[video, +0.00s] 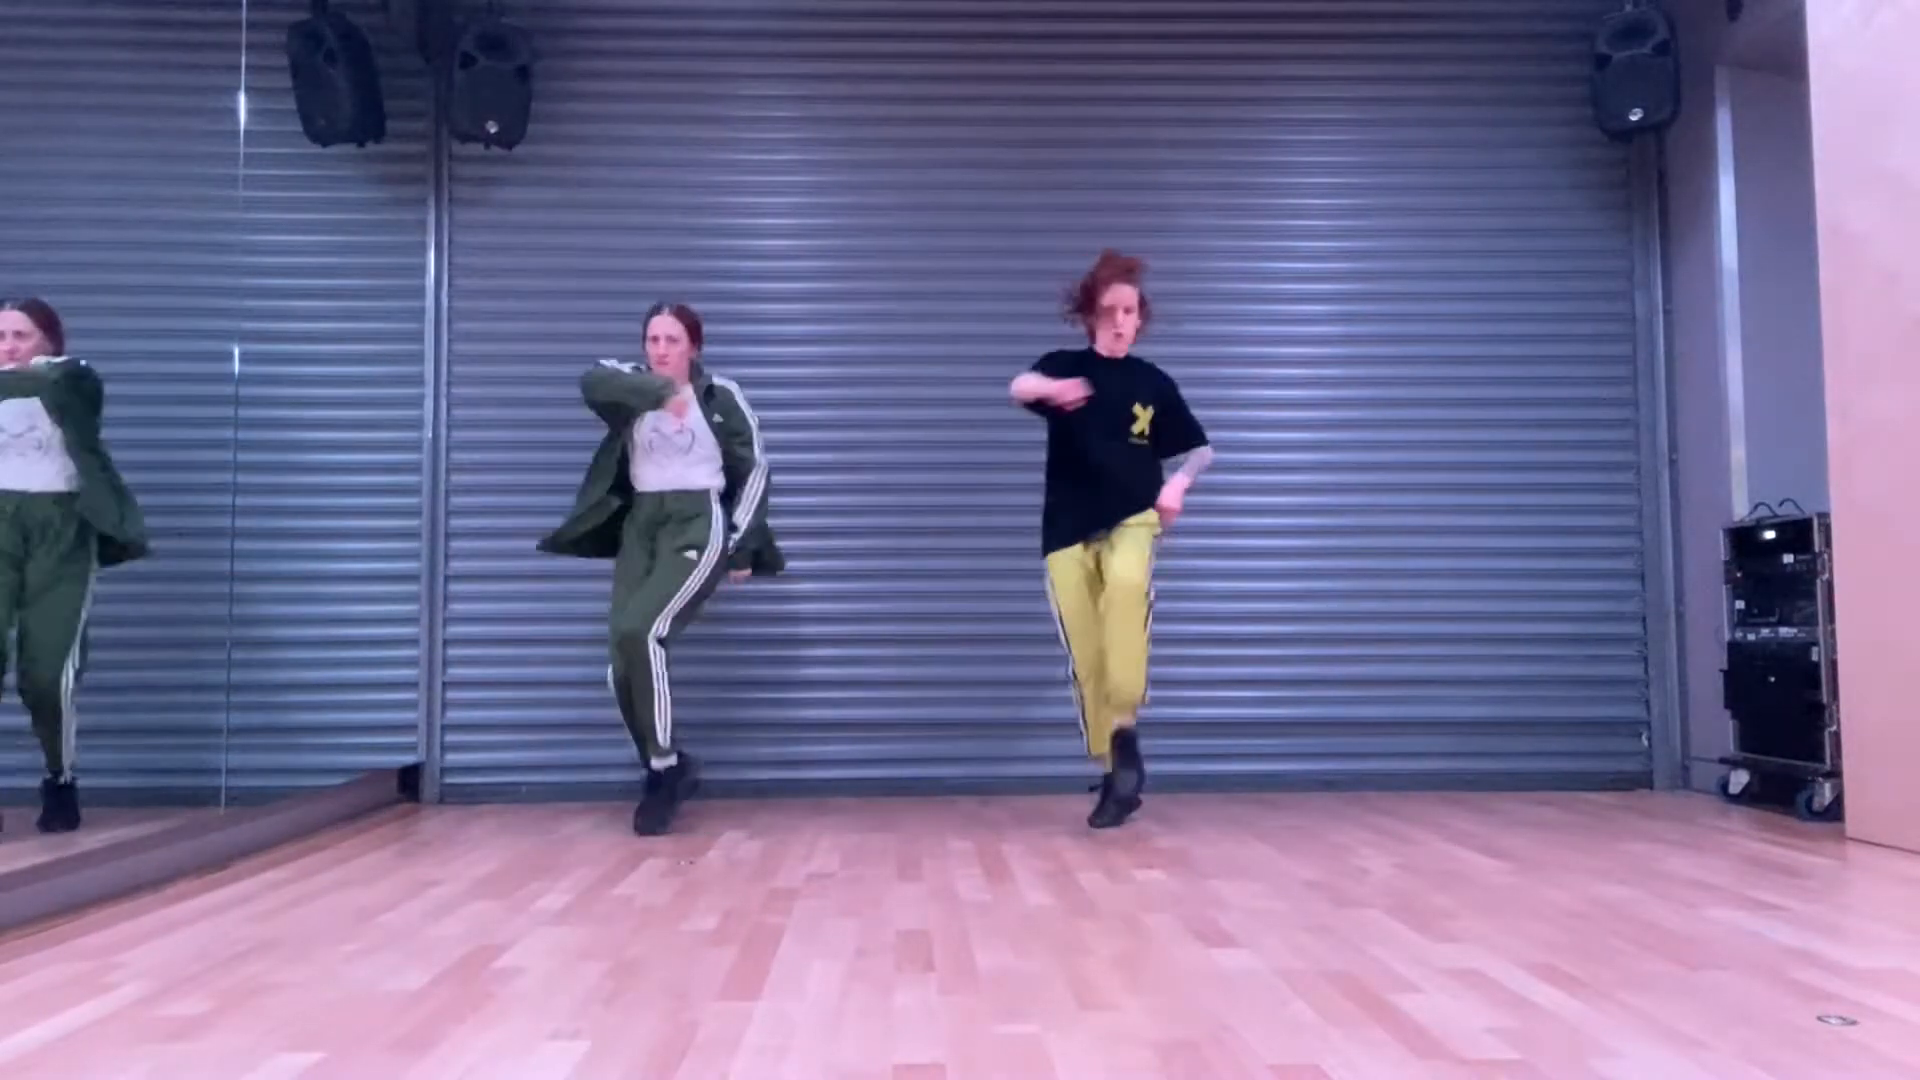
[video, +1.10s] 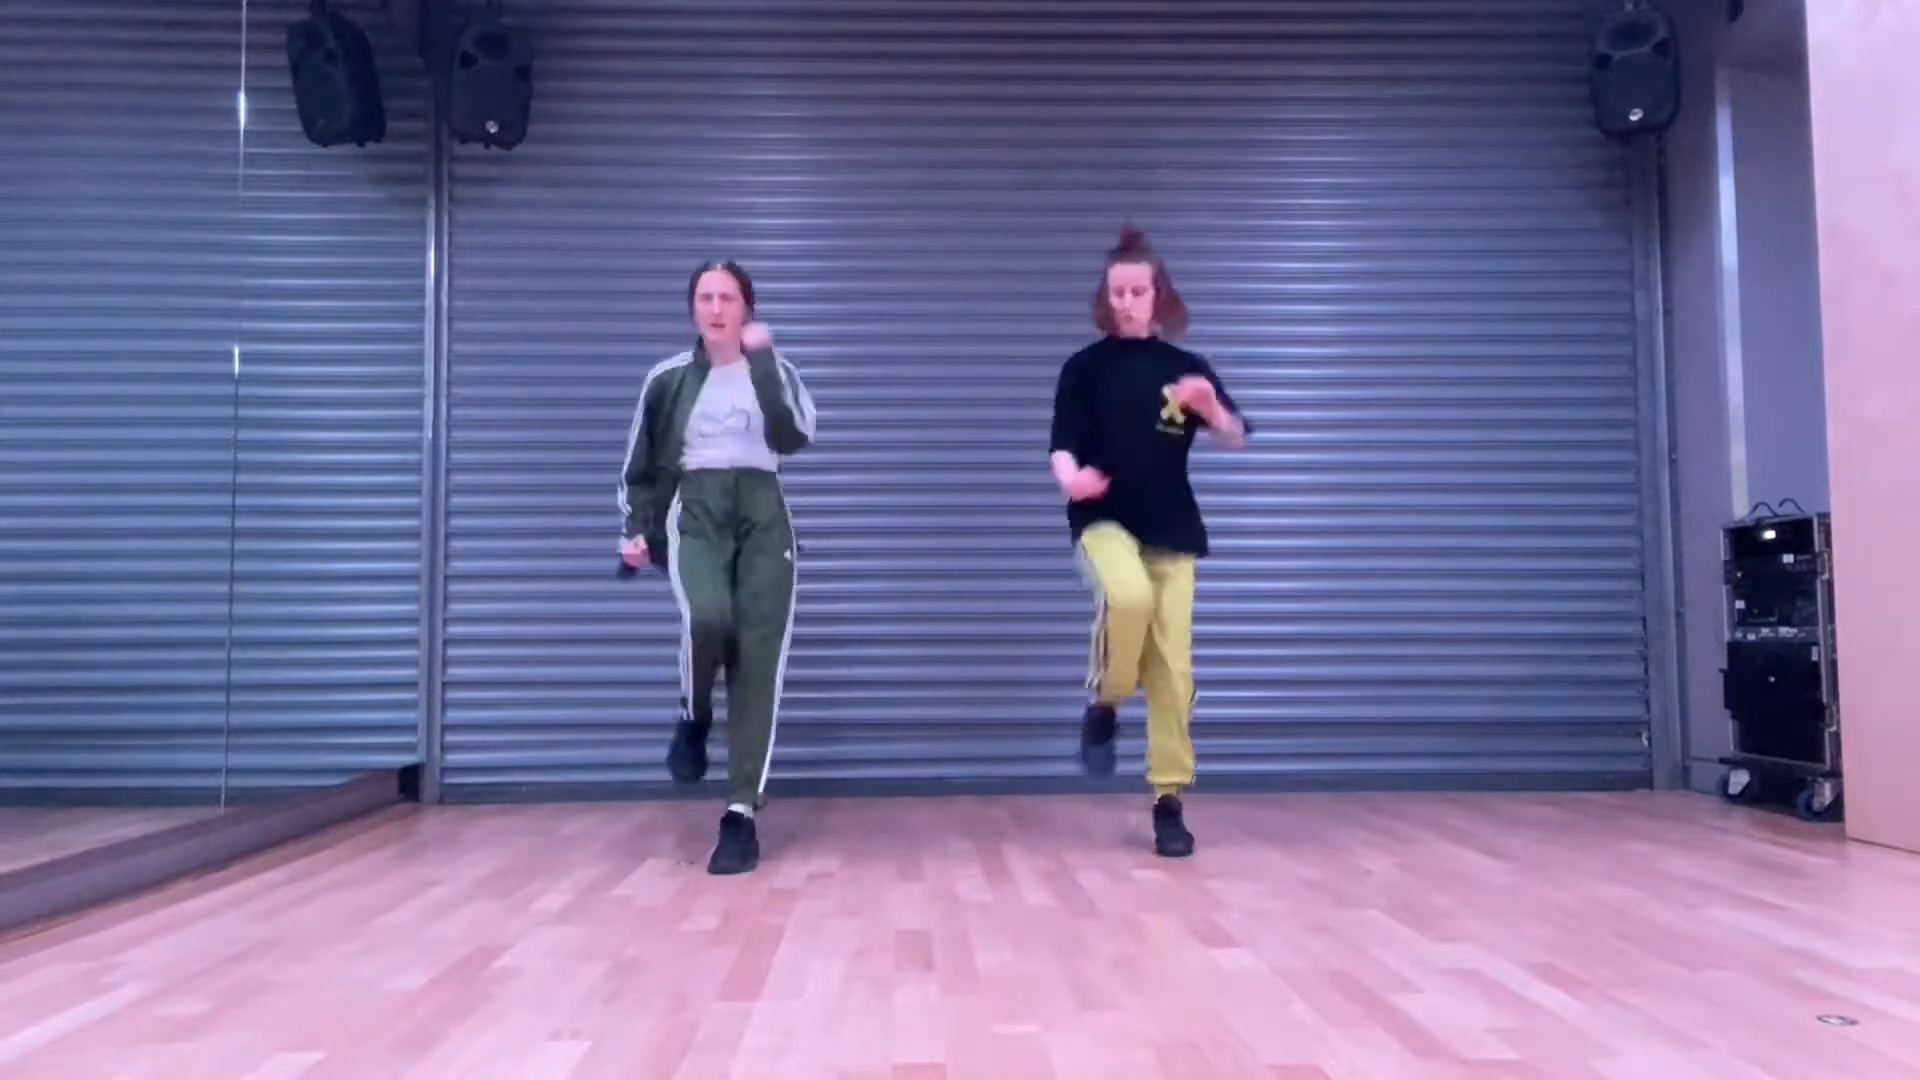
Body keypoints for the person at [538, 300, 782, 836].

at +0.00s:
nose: (660, 348)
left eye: (671, 341)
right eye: (653, 340)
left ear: (693, 348)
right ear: (644, 347)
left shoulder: (719, 397)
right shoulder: (629, 389)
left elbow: (754, 468)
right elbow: (592, 383)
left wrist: (741, 544)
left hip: (698, 522)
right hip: (640, 522)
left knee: (640, 631)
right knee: (623, 654)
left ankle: (663, 770)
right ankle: (665, 770)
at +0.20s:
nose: (665, 360)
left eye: (675, 351)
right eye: (657, 351)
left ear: (695, 357)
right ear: (647, 357)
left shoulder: (723, 400)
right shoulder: (628, 396)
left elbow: (768, 465)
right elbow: (608, 445)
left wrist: (766, 540)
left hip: (705, 534)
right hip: (644, 534)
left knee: (682, 624)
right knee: (628, 674)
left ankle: (703, 708)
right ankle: (664, 777)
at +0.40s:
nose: (685, 366)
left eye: (694, 357)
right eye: (675, 356)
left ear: (710, 361)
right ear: (661, 361)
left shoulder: (732, 399)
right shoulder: (636, 409)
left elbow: (748, 461)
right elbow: (609, 477)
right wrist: (618, 539)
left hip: (730, 536)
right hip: (669, 539)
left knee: (740, 666)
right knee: (668, 664)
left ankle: (719, 761)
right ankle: (672, 771)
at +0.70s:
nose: (699, 363)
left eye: (708, 352)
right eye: (689, 353)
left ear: (726, 352)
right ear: (675, 355)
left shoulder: (752, 401)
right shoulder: (654, 412)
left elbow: (787, 475)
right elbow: (646, 483)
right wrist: (643, 521)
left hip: (743, 540)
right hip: (682, 545)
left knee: (745, 672)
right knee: (699, 673)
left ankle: (740, 757)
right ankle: (724, 784)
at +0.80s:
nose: (701, 345)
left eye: (710, 334)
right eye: (691, 336)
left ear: (730, 336)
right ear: (679, 341)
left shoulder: (762, 396)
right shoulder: (661, 398)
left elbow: (801, 463)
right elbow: (642, 470)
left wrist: (795, 504)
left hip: (746, 534)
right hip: (683, 537)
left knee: (739, 663)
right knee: (691, 676)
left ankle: (769, 757)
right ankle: (724, 787)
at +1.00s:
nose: (711, 334)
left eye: (722, 324)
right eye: (701, 325)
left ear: (741, 333)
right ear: (688, 334)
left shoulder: (765, 394)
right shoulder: (671, 389)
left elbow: (786, 492)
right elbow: (644, 485)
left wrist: (795, 472)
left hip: (761, 535)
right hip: (696, 534)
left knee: (745, 656)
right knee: (703, 665)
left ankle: (740, 814)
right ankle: (714, 775)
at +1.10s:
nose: (715, 307)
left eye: (727, 297)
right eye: (706, 297)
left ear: (747, 309)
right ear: (692, 309)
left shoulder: (774, 370)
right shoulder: (667, 379)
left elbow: (793, 438)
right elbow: (640, 468)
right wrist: (635, 530)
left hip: (764, 509)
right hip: (696, 509)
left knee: (759, 656)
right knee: (709, 617)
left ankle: (741, 811)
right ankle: (696, 719)